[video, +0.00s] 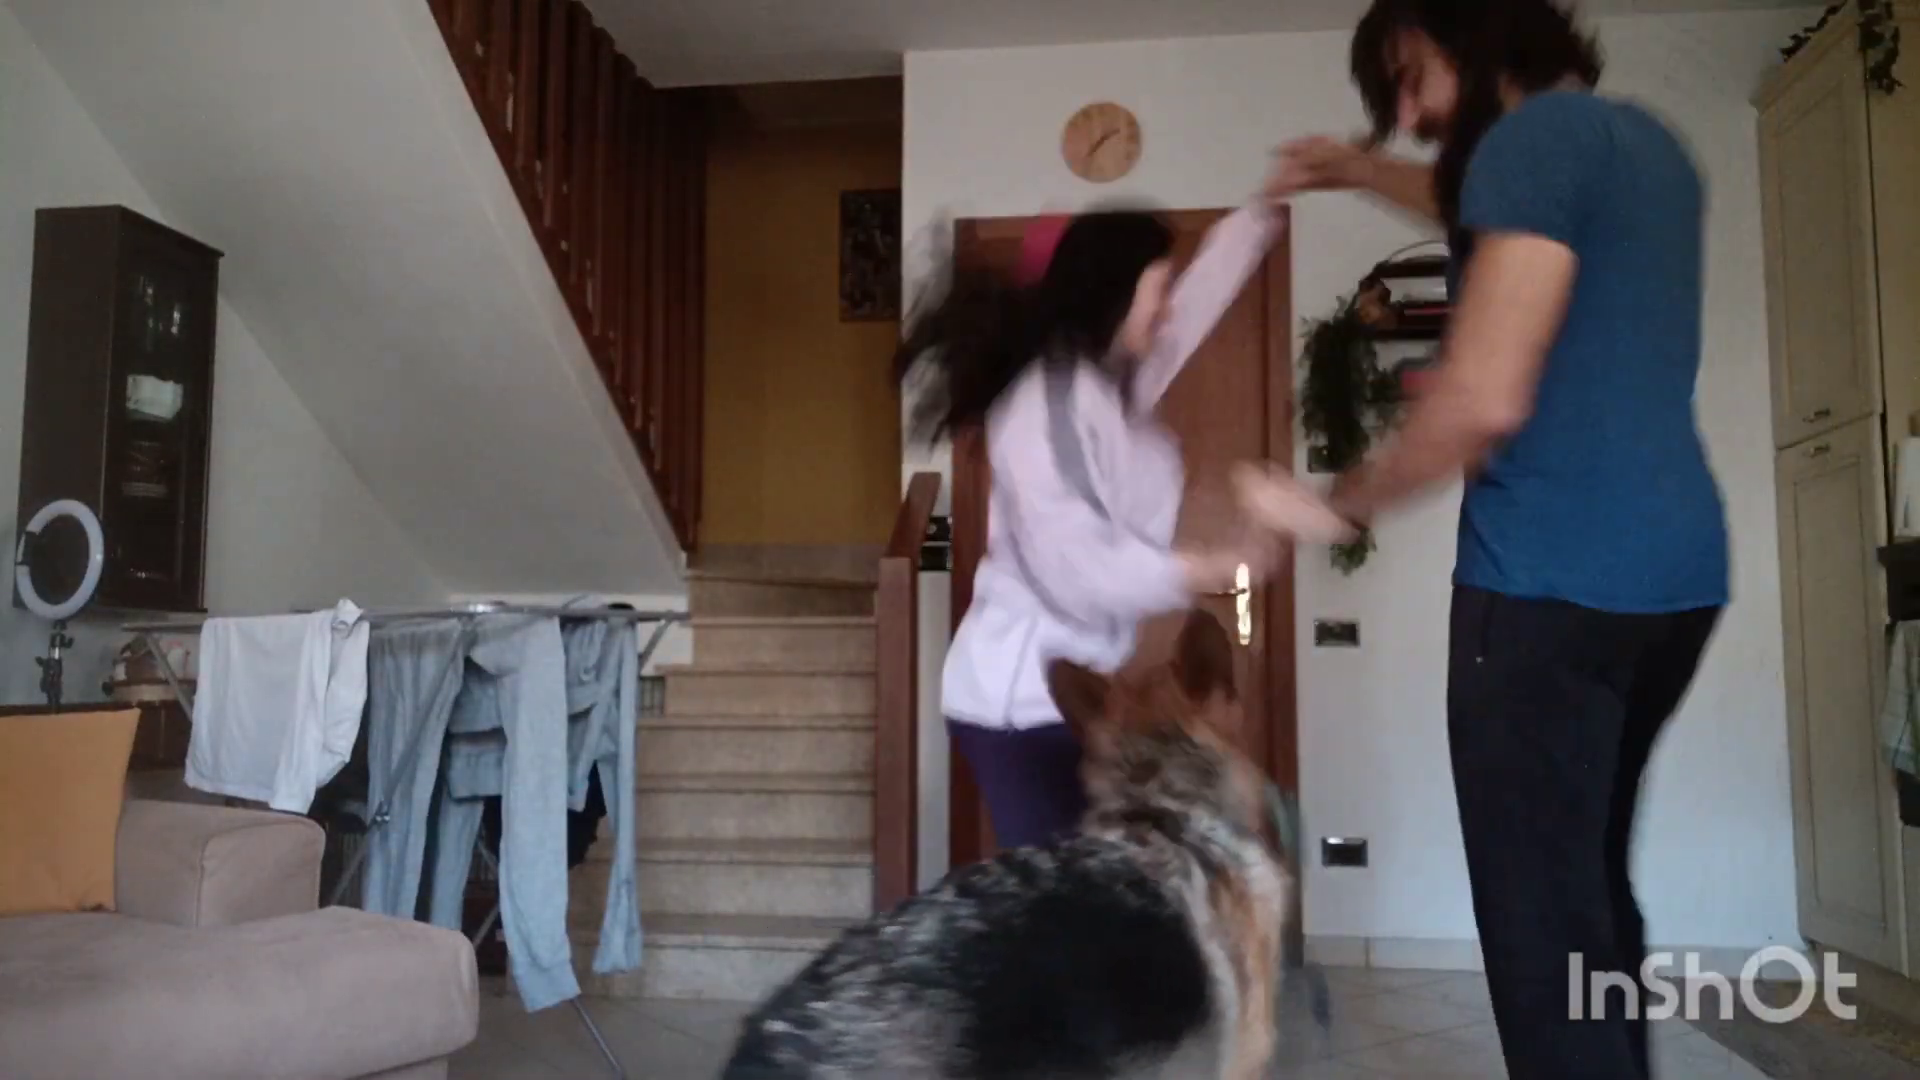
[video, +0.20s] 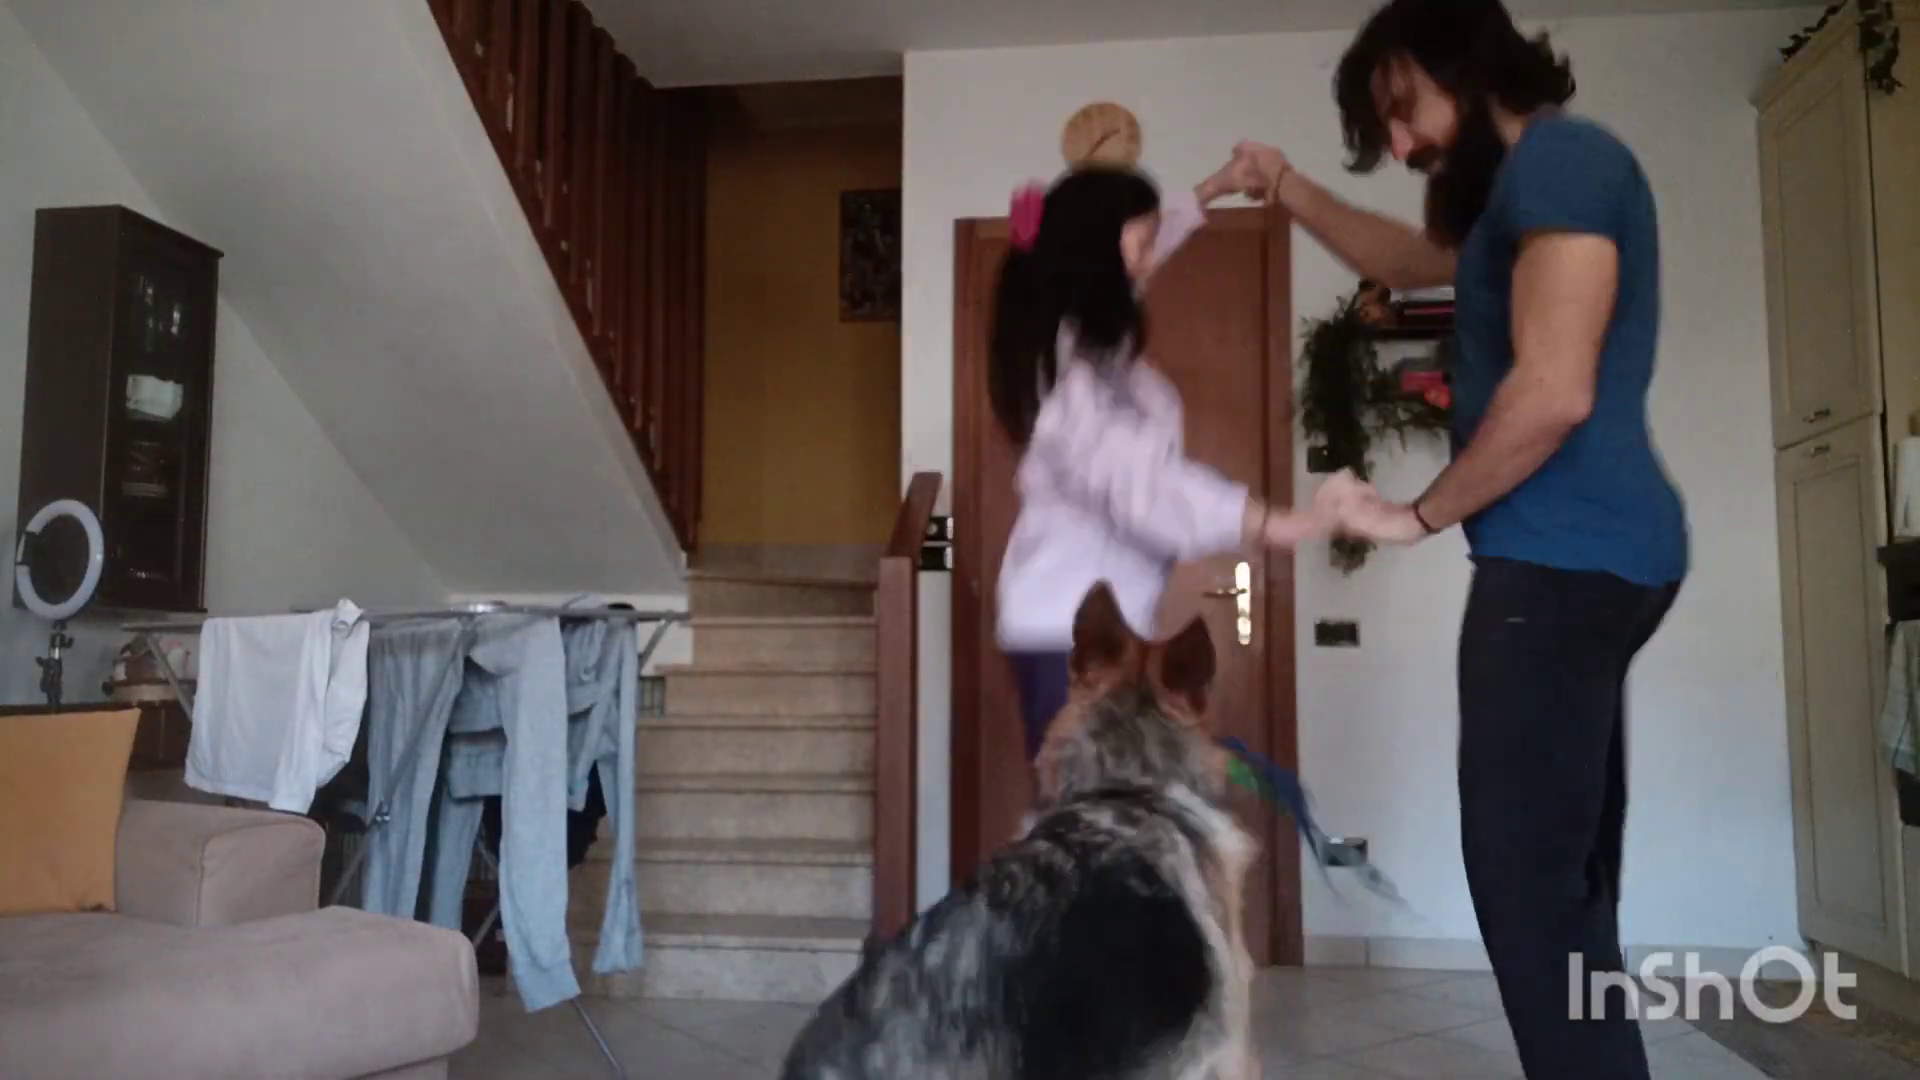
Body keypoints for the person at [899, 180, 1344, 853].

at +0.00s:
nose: (1167, 308)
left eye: (1169, 289)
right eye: (1156, 289)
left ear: (1108, 293)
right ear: (1109, 290)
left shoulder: (1119, 386)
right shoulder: (1038, 400)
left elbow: (1191, 306)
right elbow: (1073, 561)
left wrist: (1268, 206)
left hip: (1075, 687)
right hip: (1014, 697)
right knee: (1064, 902)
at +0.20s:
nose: (1149, 259)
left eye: (1150, 244)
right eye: (1142, 243)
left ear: (1095, 243)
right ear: (1104, 245)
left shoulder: (1093, 327)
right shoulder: (1061, 359)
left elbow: (1149, 246)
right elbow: (1136, 478)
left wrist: (1215, 187)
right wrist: (1282, 525)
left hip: (1107, 613)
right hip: (1064, 624)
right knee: (1078, 818)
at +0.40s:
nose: (1189, 261)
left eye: (1188, 243)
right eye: (1179, 241)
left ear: (1137, 248)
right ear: (1136, 245)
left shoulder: (1139, 339)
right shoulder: (1089, 347)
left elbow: (1183, 463)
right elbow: (1160, 469)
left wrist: (1284, 527)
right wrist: (1291, 530)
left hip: (1125, 622)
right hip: (1081, 628)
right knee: (1113, 815)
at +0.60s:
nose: (1193, 343)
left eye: (1191, 326)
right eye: (1182, 328)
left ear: (1115, 335)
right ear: (1146, 336)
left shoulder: (1094, 421)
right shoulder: (1122, 425)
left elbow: (1197, 501)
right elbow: (1198, 514)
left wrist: (1312, 491)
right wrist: (1336, 496)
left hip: (1083, 669)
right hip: (1117, 677)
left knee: (1107, 837)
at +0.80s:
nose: (1189, 287)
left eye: (1193, 271)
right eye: (1181, 270)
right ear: (1140, 262)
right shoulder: (1109, 343)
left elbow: (1144, 470)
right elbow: (1207, 341)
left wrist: (1227, 530)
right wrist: (1310, 300)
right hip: (1115, 590)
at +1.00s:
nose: (1201, 350)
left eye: (1203, 336)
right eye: (1186, 335)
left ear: (1191, 356)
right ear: (1149, 346)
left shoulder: (1185, 472)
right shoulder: (1125, 413)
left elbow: (1233, 565)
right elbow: (1163, 321)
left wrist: (1329, 577)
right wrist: (1215, 221)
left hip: (1148, 661)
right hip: (1093, 656)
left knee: (1160, 835)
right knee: (1143, 831)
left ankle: (1144, 1023)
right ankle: (1129, 1025)